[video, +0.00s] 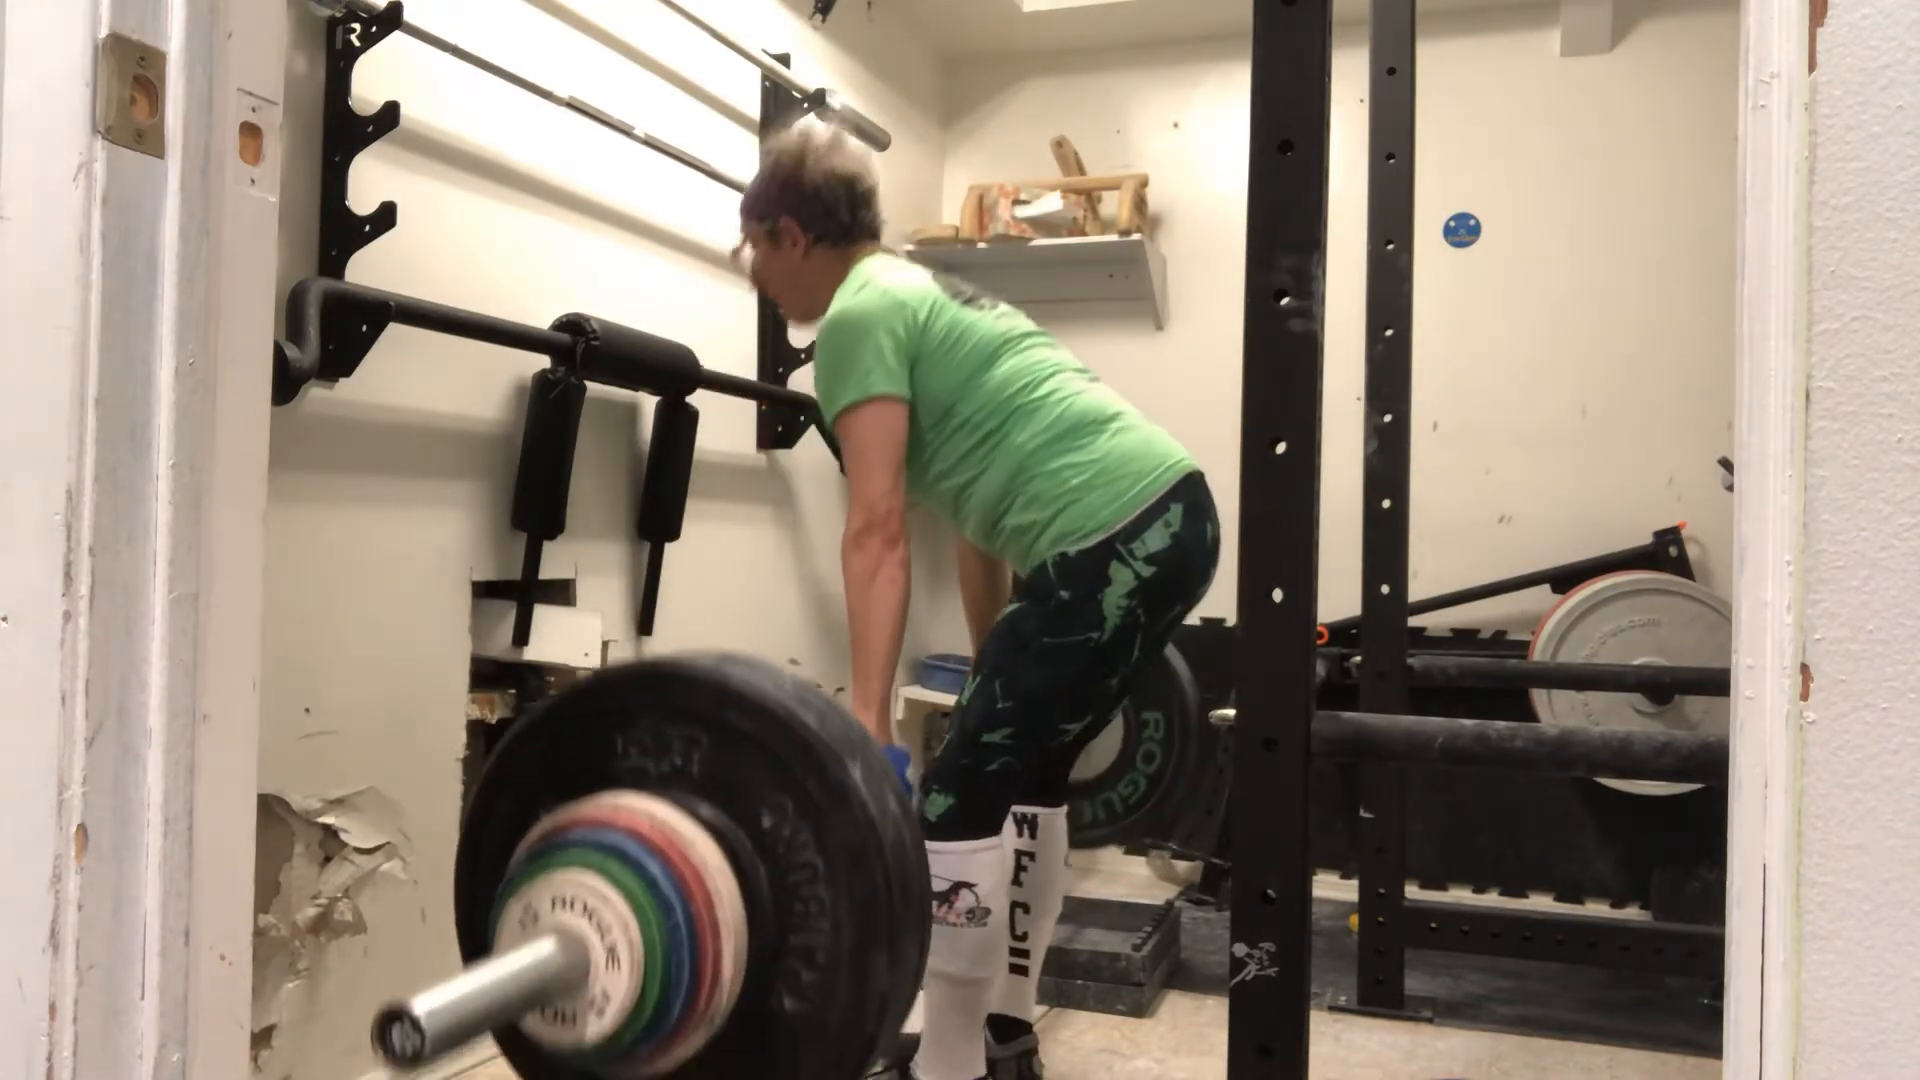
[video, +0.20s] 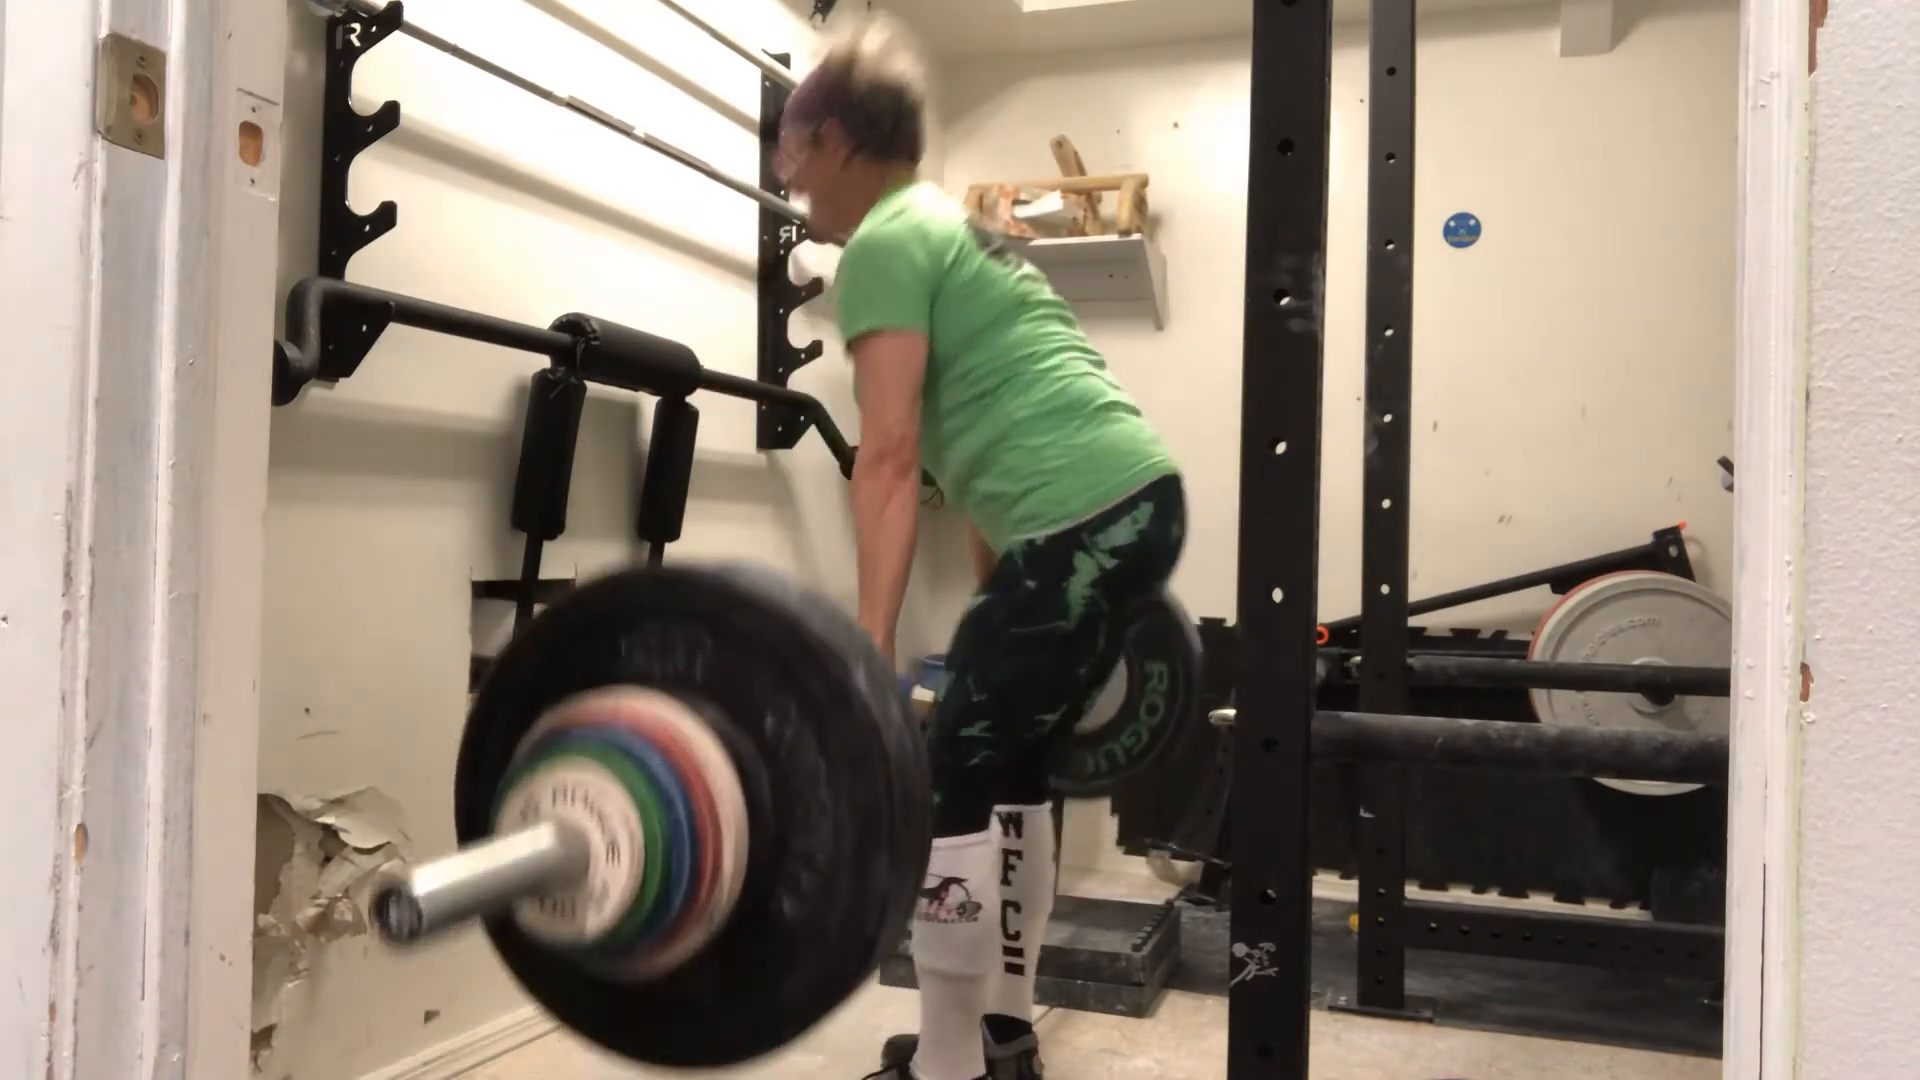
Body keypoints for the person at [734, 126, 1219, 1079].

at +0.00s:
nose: (751, 266)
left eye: (754, 242)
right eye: (749, 244)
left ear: (796, 235)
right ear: (843, 229)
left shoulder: (862, 312)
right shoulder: (922, 297)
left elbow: (877, 534)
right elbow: (981, 527)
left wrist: (868, 727)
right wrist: (992, 681)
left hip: (1111, 535)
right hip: (1160, 512)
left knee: (958, 800)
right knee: (1028, 780)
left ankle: (946, 1062)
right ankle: (1006, 1024)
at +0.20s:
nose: (783, 169)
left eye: (792, 143)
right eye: (785, 145)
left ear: (838, 140)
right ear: (879, 142)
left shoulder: (886, 243)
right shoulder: (945, 227)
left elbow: (891, 461)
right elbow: (996, 435)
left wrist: (870, 653)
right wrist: (991, 599)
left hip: (1077, 524)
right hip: (1129, 502)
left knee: (957, 772)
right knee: (1018, 755)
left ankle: (947, 1062)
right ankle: (1005, 1017)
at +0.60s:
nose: (928, 90)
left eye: (929, 61)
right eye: (919, 71)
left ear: (982, 27)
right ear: (1018, 33)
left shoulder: (1004, 145)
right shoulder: (1071, 150)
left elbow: (952, 356)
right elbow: (1053, 346)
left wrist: (877, 525)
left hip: (984, 505)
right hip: (1054, 494)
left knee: (960, 796)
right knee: (1023, 778)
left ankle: (951, 1058)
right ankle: (1001, 1025)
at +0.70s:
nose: (914, 81)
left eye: (920, 54)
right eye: (910, 61)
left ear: (976, 28)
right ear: (1009, 35)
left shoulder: (995, 147)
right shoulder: (1057, 150)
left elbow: (940, 359)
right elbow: (1043, 354)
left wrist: (870, 538)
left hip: (979, 504)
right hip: (1043, 494)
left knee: (949, 797)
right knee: (1005, 777)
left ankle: (949, 1060)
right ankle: (1000, 1023)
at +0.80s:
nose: (865, 79)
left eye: (878, 53)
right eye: (860, 59)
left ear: (938, 44)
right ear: (954, 51)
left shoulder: (951, 156)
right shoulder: (1018, 151)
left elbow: (920, 369)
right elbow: (1018, 347)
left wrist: (860, 552)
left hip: (1002, 495)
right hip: (1065, 485)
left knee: (933, 785)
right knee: (992, 770)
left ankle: (945, 1059)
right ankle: (998, 1021)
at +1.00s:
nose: (784, 172)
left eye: (791, 145)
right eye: (782, 150)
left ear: (846, 130)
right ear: (863, 133)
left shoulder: (880, 230)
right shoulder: (935, 217)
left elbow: (883, 441)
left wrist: (856, 624)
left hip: (1050, 520)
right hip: (1101, 500)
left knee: (916, 769)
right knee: (995, 763)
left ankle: (941, 1061)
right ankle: (999, 1022)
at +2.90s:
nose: (708, 389)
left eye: (711, 366)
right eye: (703, 371)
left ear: (756, 347)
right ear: (791, 337)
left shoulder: (820, 410)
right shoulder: (883, 387)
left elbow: (848, 626)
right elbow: (951, 603)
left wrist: (844, 812)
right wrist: (972, 742)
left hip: (1097, 574)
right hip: (1156, 550)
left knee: (905, 800)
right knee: (991, 783)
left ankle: (941, 1061)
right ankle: (1000, 1029)